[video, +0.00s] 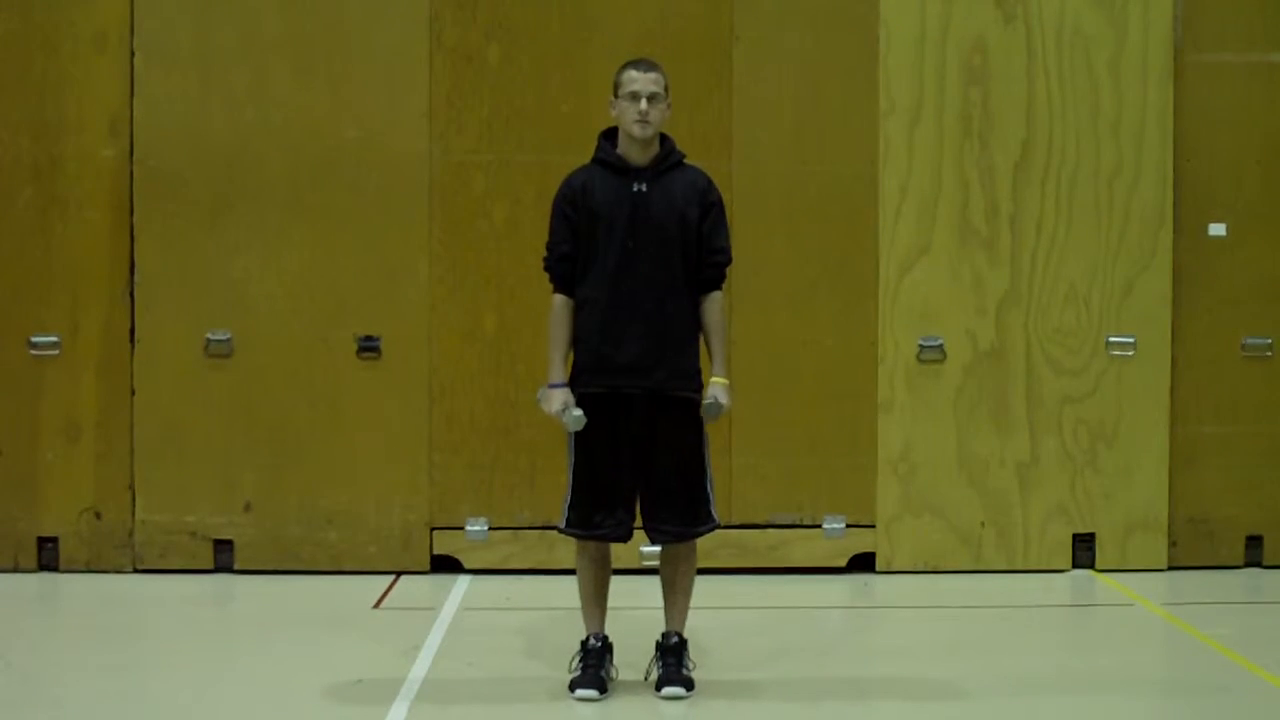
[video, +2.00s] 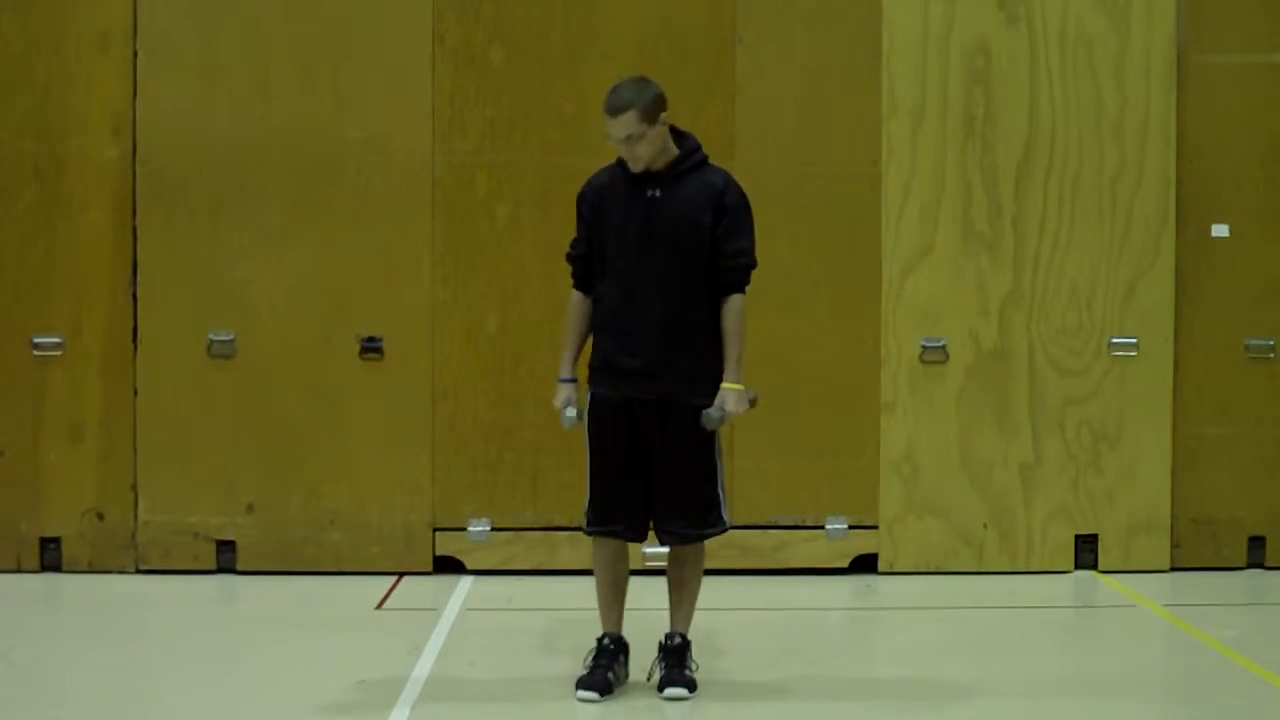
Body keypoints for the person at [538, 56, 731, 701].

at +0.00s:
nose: (644, 108)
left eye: (655, 99)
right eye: (634, 98)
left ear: (669, 109)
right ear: (613, 107)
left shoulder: (696, 188)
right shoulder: (580, 188)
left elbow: (711, 289)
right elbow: (563, 291)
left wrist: (719, 373)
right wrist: (556, 379)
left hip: (674, 384)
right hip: (599, 384)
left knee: (679, 523)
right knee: (594, 522)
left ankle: (673, 647)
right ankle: (594, 647)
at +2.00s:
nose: (622, 152)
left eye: (630, 140)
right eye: (616, 141)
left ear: (661, 122)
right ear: (611, 133)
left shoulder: (718, 192)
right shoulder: (601, 192)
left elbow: (734, 291)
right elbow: (584, 286)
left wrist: (733, 379)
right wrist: (567, 369)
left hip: (689, 389)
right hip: (615, 387)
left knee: (686, 525)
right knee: (610, 522)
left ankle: (676, 648)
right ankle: (610, 646)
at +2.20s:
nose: (591, 167)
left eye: (597, 154)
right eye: (583, 157)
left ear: (631, 133)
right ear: (584, 149)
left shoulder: (696, 194)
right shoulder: (588, 200)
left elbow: (720, 295)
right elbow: (591, 295)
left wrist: (720, 387)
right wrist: (583, 377)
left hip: (677, 388)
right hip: (605, 387)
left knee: (683, 524)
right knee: (586, 515)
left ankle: (676, 648)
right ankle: (595, 644)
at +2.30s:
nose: (572, 174)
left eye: (576, 160)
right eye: (565, 164)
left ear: (607, 139)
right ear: (577, 152)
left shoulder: (679, 193)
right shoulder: (580, 204)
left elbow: (706, 293)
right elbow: (594, 291)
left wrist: (702, 387)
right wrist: (597, 369)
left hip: (665, 387)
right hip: (597, 383)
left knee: (673, 525)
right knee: (564, 514)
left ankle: (675, 650)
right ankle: (555, 648)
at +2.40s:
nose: (551, 181)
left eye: (554, 167)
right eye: (543, 171)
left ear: (583, 142)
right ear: (550, 159)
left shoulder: (658, 196)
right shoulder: (569, 210)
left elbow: (686, 295)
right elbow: (590, 296)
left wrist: (679, 391)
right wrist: (589, 371)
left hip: (651, 389)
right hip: (585, 386)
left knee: (666, 527)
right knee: (542, 514)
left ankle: (674, 650)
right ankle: (507, 645)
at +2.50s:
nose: (529, 190)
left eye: (529, 175)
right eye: (520, 180)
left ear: (557, 148)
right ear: (536, 162)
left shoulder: (634, 200)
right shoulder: (553, 211)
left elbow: (661, 302)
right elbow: (572, 300)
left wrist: (646, 397)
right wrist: (567, 376)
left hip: (635, 393)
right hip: (568, 388)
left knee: (652, 531)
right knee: (519, 517)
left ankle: (672, 650)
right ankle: (466, 642)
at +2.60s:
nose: (493, 199)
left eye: (493, 185)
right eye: (486, 190)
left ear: (522, 160)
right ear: (512, 169)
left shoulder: (601, 205)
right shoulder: (528, 215)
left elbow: (627, 307)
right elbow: (550, 303)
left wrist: (610, 403)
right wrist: (547, 377)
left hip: (611, 396)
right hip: (546, 392)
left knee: (639, 533)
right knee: (498, 524)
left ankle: (670, 651)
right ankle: (446, 648)